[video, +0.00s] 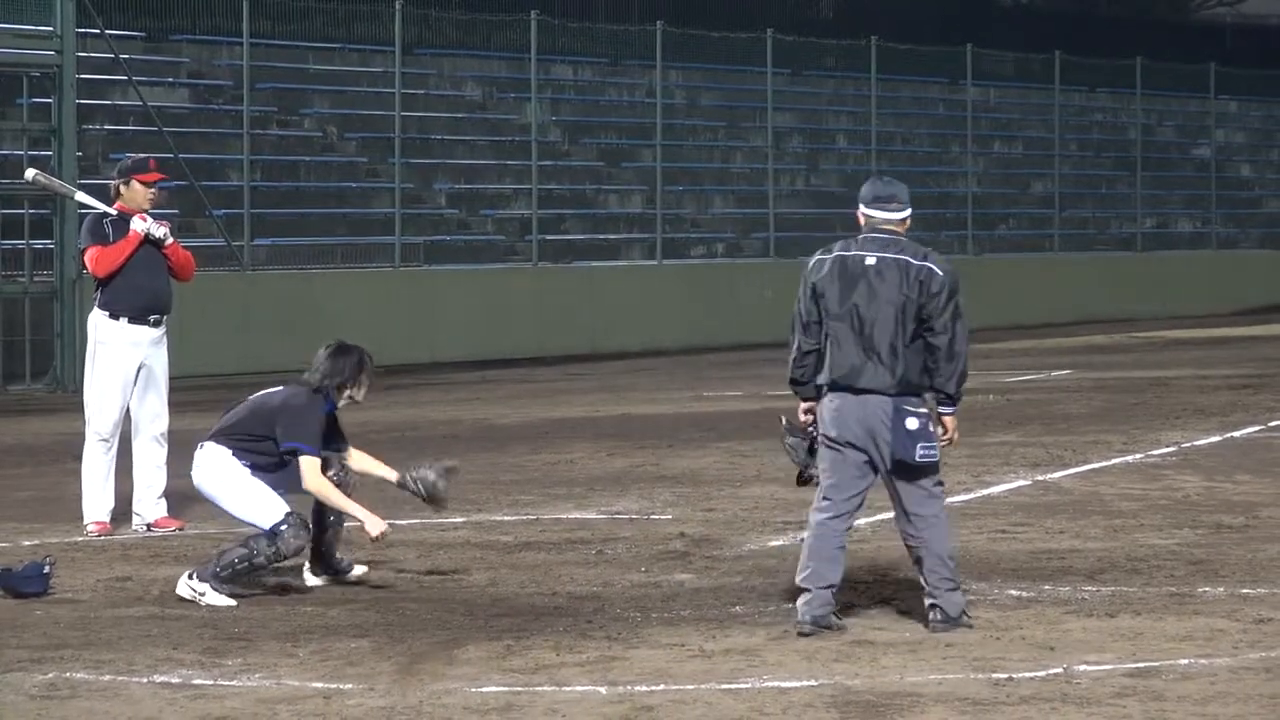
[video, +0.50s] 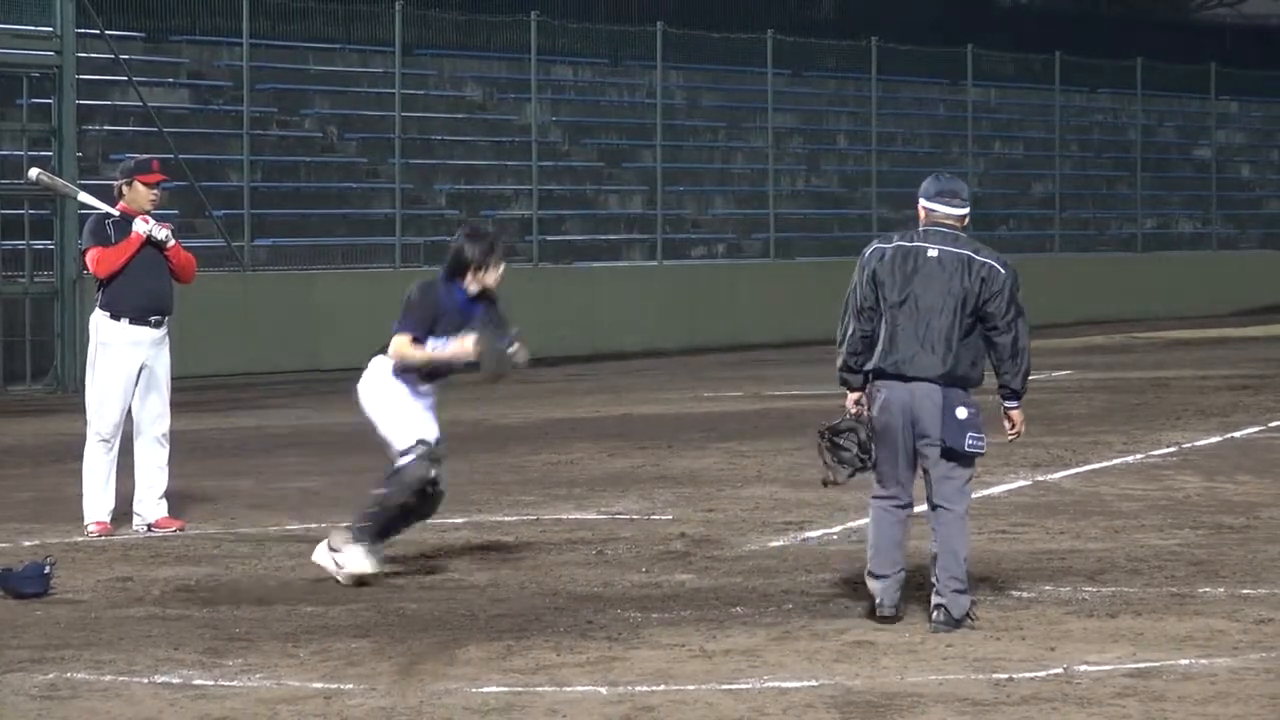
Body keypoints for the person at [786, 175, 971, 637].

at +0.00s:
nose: (898, 224)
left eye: (865, 214)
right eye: (901, 218)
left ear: (859, 217)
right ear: (906, 221)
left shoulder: (824, 262)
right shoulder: (932, 268)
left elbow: (807, 336)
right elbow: (946, 344)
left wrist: (806, 393)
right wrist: (947, 404)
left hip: (843, 405)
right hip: (907, 407)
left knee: (832, 506)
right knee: (925, 505)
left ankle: (814, 606)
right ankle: (945, 605)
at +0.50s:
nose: (922, 216)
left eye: (921, 210)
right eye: (954, 214)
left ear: (920, 212)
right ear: (965, 217)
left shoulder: (879, 254)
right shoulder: (988, 265)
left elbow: (858, 324)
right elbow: (1007, 336)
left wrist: (854, 382)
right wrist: (1012, 398)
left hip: (889, 393)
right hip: (950, 397)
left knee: (890, 494)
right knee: (950, 502)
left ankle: (885, 596)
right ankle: (949, 604)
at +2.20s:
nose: (829, 229)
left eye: (829, 224)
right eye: (831, 224)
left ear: (836, 222)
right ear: (876, 220)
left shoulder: (817, 262)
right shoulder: (912, 258)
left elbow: (809, 333)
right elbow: (931, 323)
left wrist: (807, 388)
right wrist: (920, 375)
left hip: (844, 386)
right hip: (898, 384)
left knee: (842, 475)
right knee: (900, 474)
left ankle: (839, 568)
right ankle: (905, 566)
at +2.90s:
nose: (779, 245)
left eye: (777, 240)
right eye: (778, 240)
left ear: (784, 234)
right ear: (814, 227)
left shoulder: (790, 261)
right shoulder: (854, 254)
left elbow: (796, 323)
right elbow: (871, 317)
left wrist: (791, 383)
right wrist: (875, 373)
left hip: (828, 379)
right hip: (868, 376)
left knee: (806, 469)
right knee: (847, 469)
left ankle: (834, 549)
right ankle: (855, 551)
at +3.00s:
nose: (769, 249)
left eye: (767, 242)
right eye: (767, 243)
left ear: (775, 234)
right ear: (803, 226)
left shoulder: (786, 260)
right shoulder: (842, 250)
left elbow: (797, 320)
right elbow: (861, 313)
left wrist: (795, 380)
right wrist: (872, 370)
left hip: (830, 374)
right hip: (866, 371)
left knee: (793, 459)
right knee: (846, 462)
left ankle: (830, 537)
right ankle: (854, 546)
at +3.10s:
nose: (759, 252)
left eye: (757, 244)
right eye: (755, 246)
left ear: (767, 235)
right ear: (791, 228)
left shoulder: (780, 260)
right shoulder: (832, 248)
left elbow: (799, 317)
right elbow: (853, 308)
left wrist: (794, 377)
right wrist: (866, 363)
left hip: (830, 369)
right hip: (864, 365)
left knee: (788, 453)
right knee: (845, 458)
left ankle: (816, 543)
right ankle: (852, 547)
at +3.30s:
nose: (736, 270)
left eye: (732, 261)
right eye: (732, 264)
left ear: (742, 248)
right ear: (759, 239)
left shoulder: (766, 271)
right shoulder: (796, 253)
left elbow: (793, 330)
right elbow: (817, 318)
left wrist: (788, 388)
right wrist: (783, 379)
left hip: (824, 374)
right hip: (850, 367)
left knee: (797, 460)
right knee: (834, 462)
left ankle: (784, 549)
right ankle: (853, 552)